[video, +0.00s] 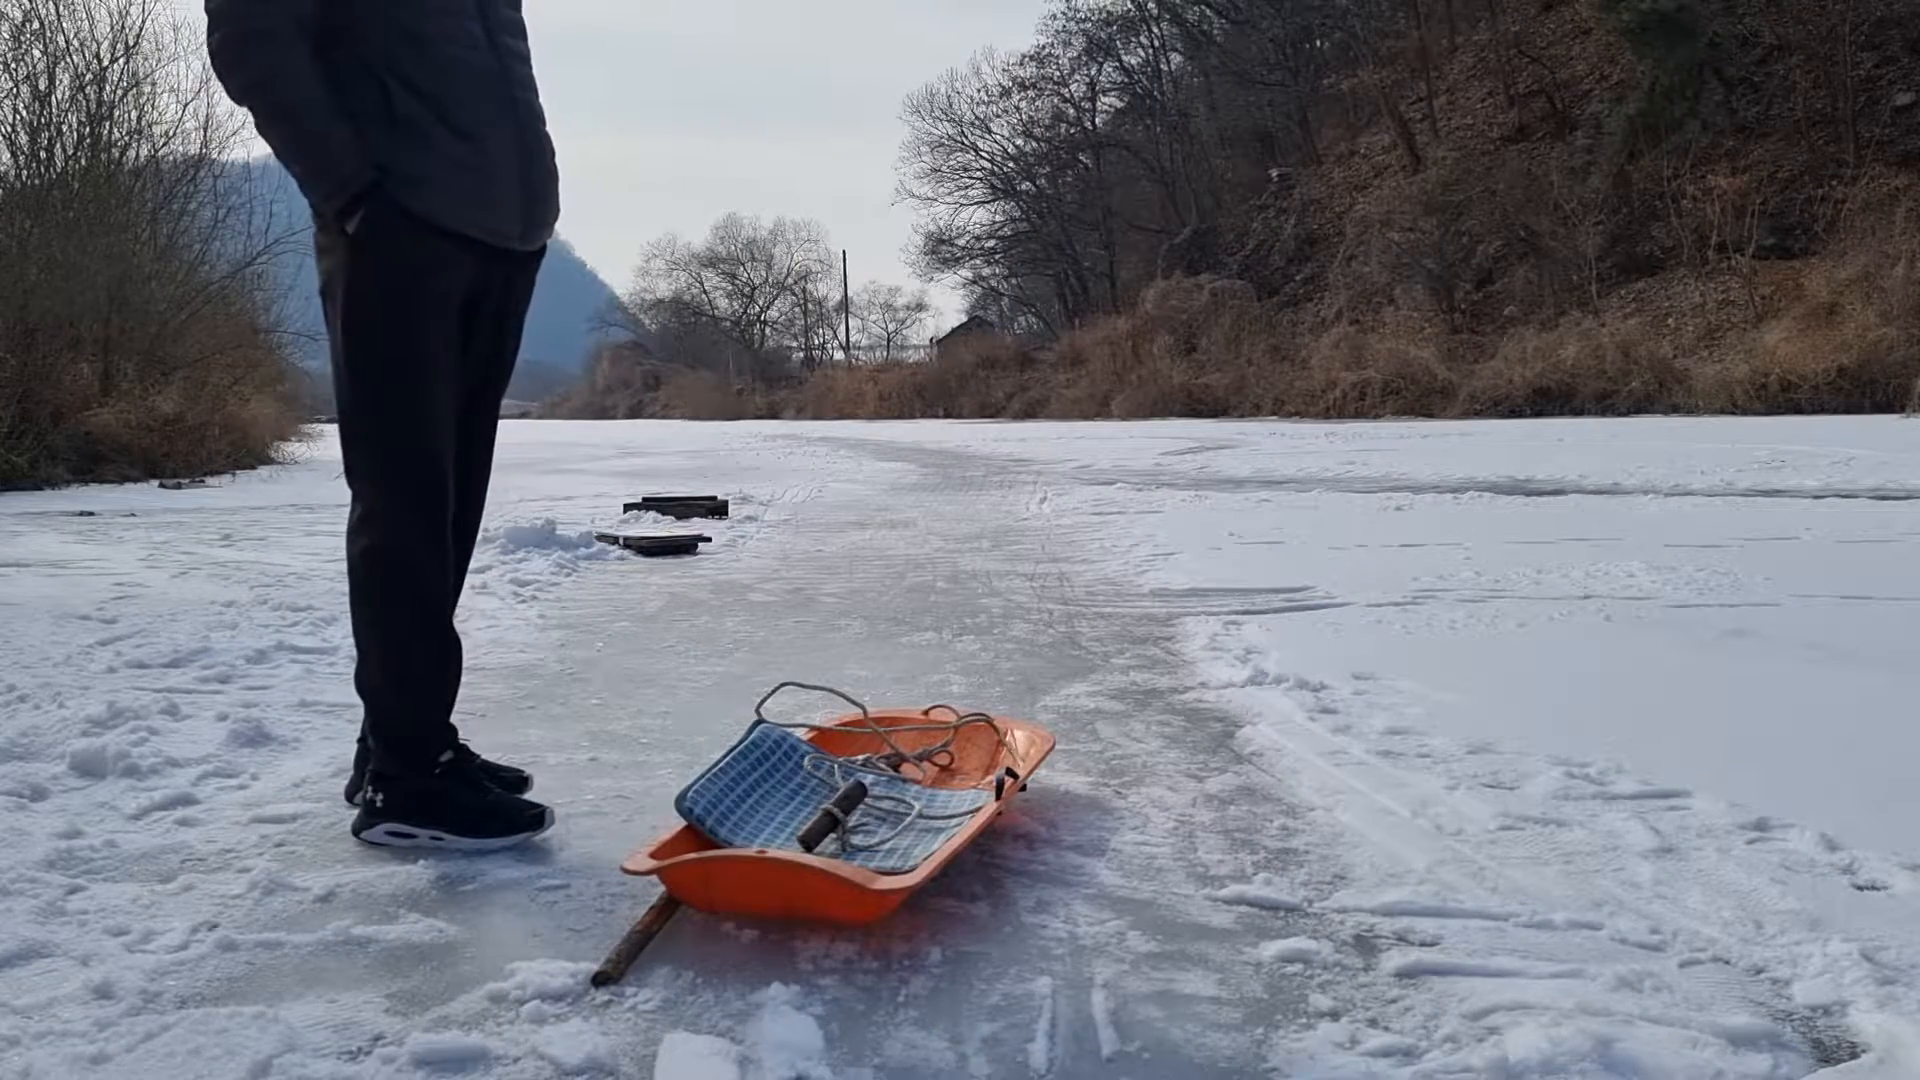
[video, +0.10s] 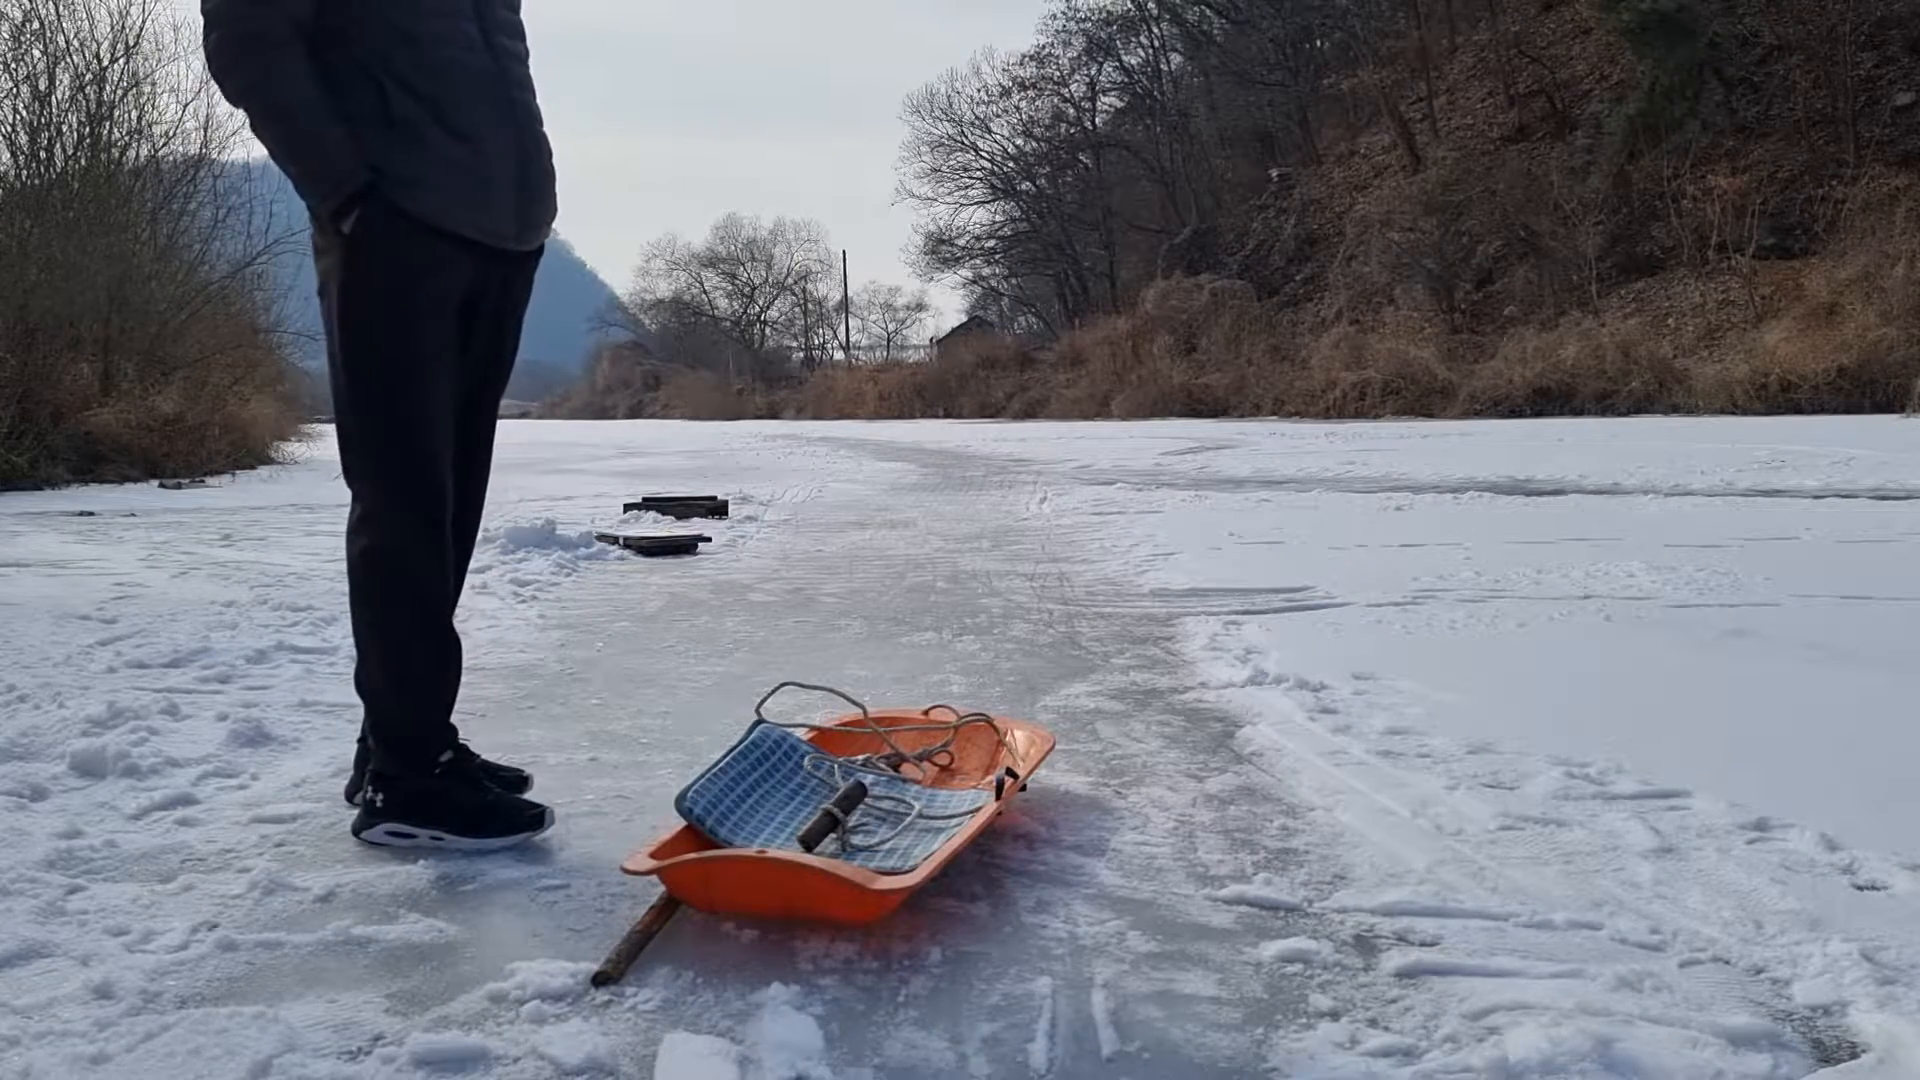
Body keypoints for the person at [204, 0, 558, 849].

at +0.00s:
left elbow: (497, 39)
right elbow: (247, 33)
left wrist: (526, 179)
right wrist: (347, 191)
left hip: (502, 221)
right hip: (396, 212)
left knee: (449, 499)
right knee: (403, 499)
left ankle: (414, 748)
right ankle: (405, 773)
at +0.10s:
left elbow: (498, 40)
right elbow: (243, 37)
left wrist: (524, 180)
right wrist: (344, 193)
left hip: (501, 223)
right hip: (393, 214)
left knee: (448, 500)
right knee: (402, 500)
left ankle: (413, 749)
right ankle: (404, 773)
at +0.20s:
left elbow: (499, 42)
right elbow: (238, 36)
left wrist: (522, 183)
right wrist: (339, 196)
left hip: (499, 224)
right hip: (390, 216)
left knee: (448, 500)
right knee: (402, 500)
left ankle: (414, 749)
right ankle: (404, 773)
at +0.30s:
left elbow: (506, 41)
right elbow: (234, 37)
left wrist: (520, 183)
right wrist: (333, 198)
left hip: (501, 226)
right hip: (385, 218)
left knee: (449, 502)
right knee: (401, 502)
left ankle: (411, 747)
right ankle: (405, 772)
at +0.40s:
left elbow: (508, 40)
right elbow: (231, 39)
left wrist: (519, 177)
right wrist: (329, 195)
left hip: (501, 221)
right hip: (383, 214)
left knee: (449, 501)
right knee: (401, 501)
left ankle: (413, 747)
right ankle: (404, 771)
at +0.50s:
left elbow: (510, 40)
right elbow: (226, 36)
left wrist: (518, 175)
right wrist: (326, 195)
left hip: (501, 222)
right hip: (380, 214)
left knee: (450, 500)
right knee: (401, 500)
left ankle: (410, 748)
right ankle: (405, 771)